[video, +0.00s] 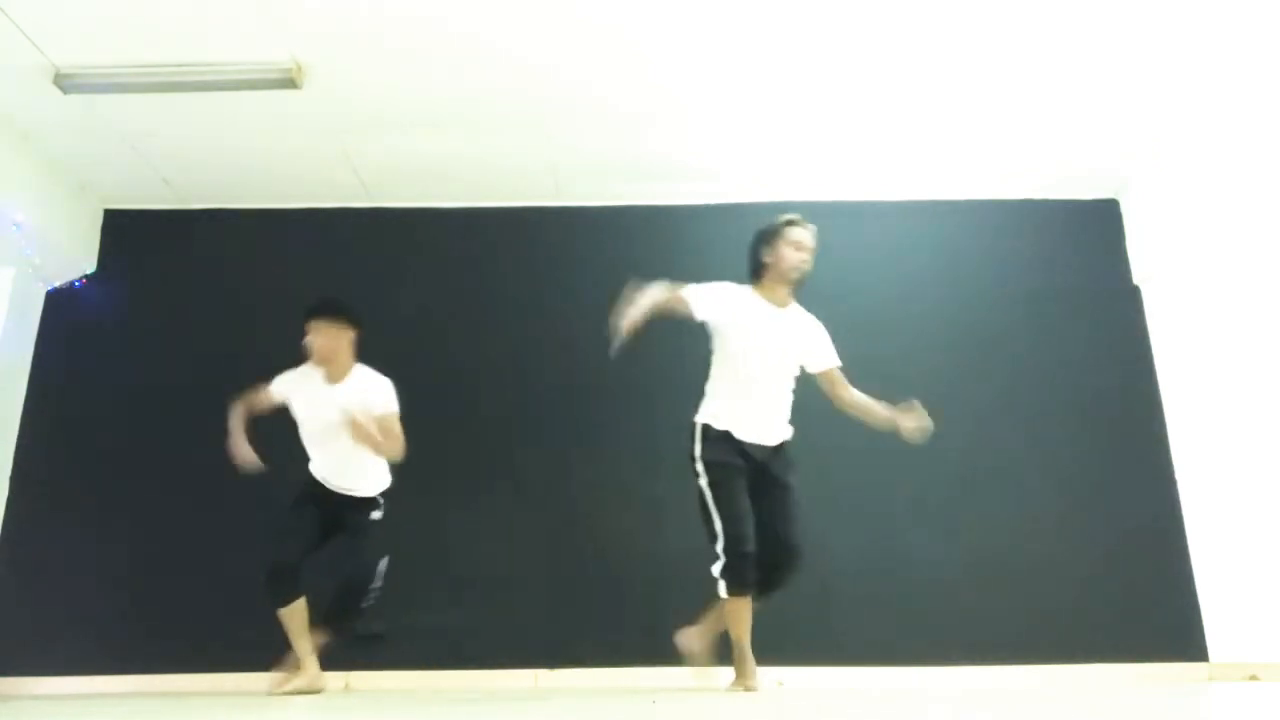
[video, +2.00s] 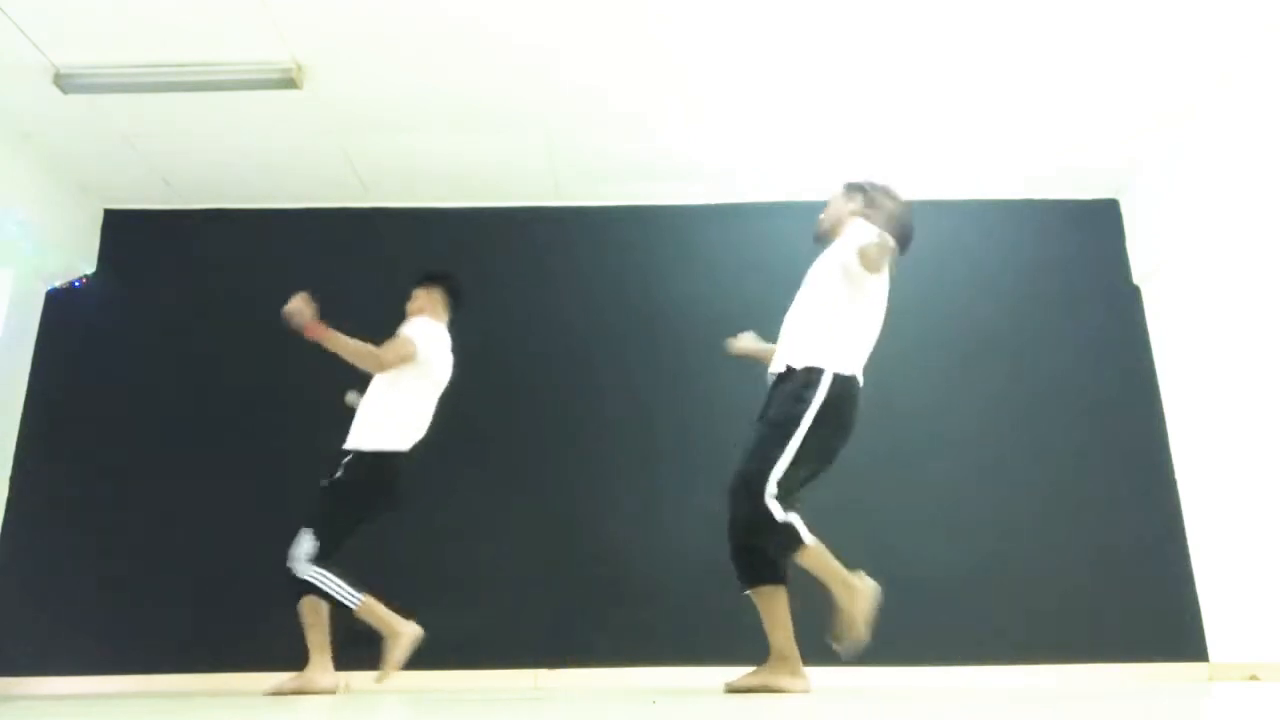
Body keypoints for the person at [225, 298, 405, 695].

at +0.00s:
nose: (314, 341)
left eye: (325, 332)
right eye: (311, 332)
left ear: (349, 336)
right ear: (307, 338)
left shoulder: (376, 387)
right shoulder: (297, 382)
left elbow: (397, 449)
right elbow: (241, 405)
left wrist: (367, 435)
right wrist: (239, 443)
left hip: (365, 504)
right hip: (317, 492)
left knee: (350, 598)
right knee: (281, 568)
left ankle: (296, 657)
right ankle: (309, 670)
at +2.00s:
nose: (410, 303)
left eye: (419, 298)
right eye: (412, 298)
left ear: (437, 305)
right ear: (437, 310)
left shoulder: (425, 330)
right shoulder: (438, 348)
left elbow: (381, 361)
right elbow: (411, 404)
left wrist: (313, 326)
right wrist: (368, 403)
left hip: (371, 462)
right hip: (371, 462)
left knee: (305, 559)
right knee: (306, 560)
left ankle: (398, 630)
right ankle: (319, 669)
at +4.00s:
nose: (613, 352)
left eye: (622, 344)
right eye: (607, 344)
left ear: (640, 346)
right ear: (598, 347)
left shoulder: (665, 384)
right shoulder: (586, 391)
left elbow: (704, 425)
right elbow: (578, 459)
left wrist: (675, 476)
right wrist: (585, 430)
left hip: (642, 495)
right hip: (595, 492)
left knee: (699, 558)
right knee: (579, 576)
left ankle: (712, 666)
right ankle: (514, 660)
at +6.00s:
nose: (272, 330)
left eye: (277, 320)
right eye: (271, 322)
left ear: (304, 318)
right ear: (289, 323)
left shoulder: (330, 364)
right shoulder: (281, 373)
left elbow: (347, 413)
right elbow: (219, 395)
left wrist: (313, 458)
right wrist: (207, 359)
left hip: (328, 493)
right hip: (290, 494)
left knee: (297, 590)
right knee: (205, 547)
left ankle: (351, 674)